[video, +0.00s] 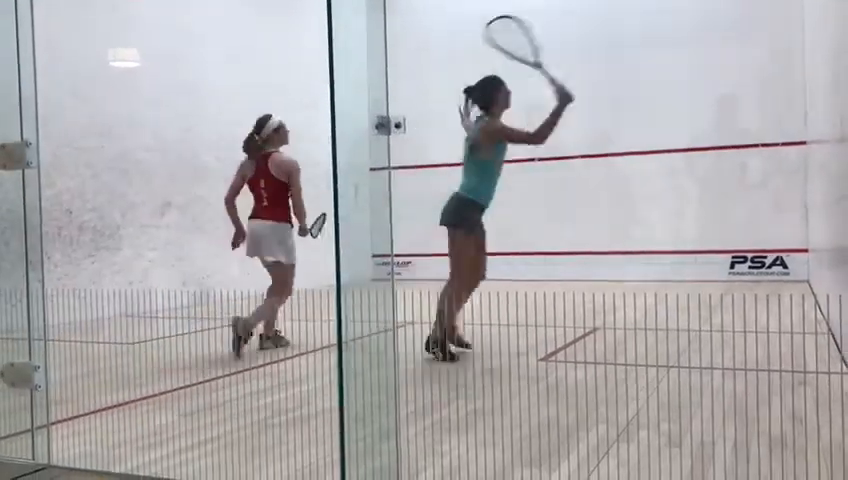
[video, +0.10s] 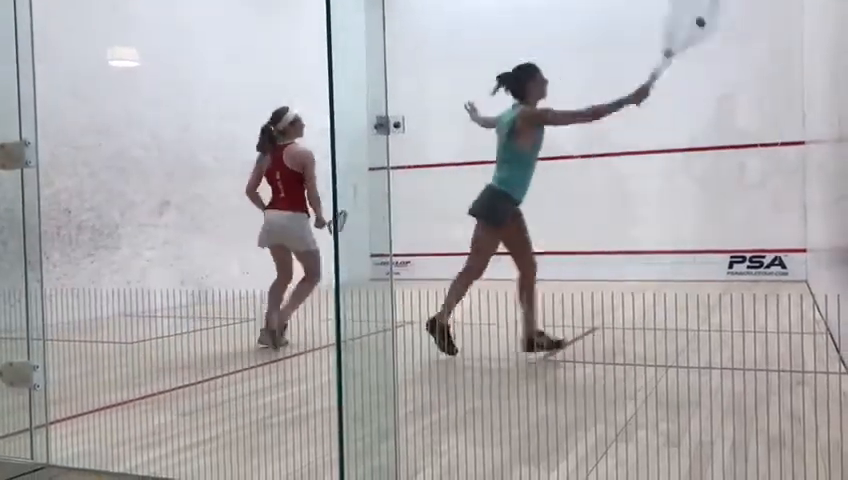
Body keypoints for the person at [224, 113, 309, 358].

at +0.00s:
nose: (287, 131)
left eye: (284, 127)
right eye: (282, 128)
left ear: (264, 138)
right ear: (274, 136)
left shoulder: (248, 164)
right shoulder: (288, 164)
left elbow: (229, 199)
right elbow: (297, 200)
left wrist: (239, 228)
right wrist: (303, 223)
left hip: (255, 228)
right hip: (279, 229)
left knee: (278, 283)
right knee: (284, 289)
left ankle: (269, 333)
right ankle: (248, 325)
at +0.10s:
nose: (302, 123)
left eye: (299, 119)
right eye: (297, 121)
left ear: (278, 130)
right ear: (289, 129)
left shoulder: (266, 155)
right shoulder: (303, 154)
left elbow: (251, 190)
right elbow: (311, 191)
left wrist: (265, 209)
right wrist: (319, 215)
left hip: (271, 220)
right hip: (295, 221)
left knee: (283, 274)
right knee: (313, 274)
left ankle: (269, 327)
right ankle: (282, 317)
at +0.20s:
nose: (318, 120)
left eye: (316, 116)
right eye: (313, 118)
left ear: (294, 126)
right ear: (303, 125)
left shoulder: (284, 149)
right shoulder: (320, 150)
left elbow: (267, 183)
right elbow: (327, 189)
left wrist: (281, 201)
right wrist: (340, 214)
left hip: (287, 213)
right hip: (311, 213)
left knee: (297, 270)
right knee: (335, 266)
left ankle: (274, 320)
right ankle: (316, 316)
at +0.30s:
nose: (337, 132)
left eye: (334, 128)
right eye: (334, 129)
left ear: (312, 134)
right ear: (329, 132)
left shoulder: (304, 157)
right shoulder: (338, 159)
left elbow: (290, 196)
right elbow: (345, 200)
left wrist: (300, 217)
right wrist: (358, 230)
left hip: (301, 223)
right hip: (324, 223)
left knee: (308, 277)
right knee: (357, 263)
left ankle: (280, 323)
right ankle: (356, 321)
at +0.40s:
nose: (362, 155)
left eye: (360, 151)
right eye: (359, 152)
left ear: (339, 155)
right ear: (354, 155)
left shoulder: (327, 176)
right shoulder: (358, 180)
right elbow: (365, 221)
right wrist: (383, 248)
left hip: (316, 239)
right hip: (342, 240)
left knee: (308, 291)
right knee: (379, 268)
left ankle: (277, 333)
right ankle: (388, 321)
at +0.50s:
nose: (399, 157)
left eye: (397, 154)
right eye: (395, 155)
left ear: (376, 159)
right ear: (388, 159)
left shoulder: (363, 182)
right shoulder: (390, 186)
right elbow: (394, 228)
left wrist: (400, 251)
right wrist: (411, 255)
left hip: (346, 235)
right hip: (368, 238)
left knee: (323, 285)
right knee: (399, 270)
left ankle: (283, 322)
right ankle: (397, 323)